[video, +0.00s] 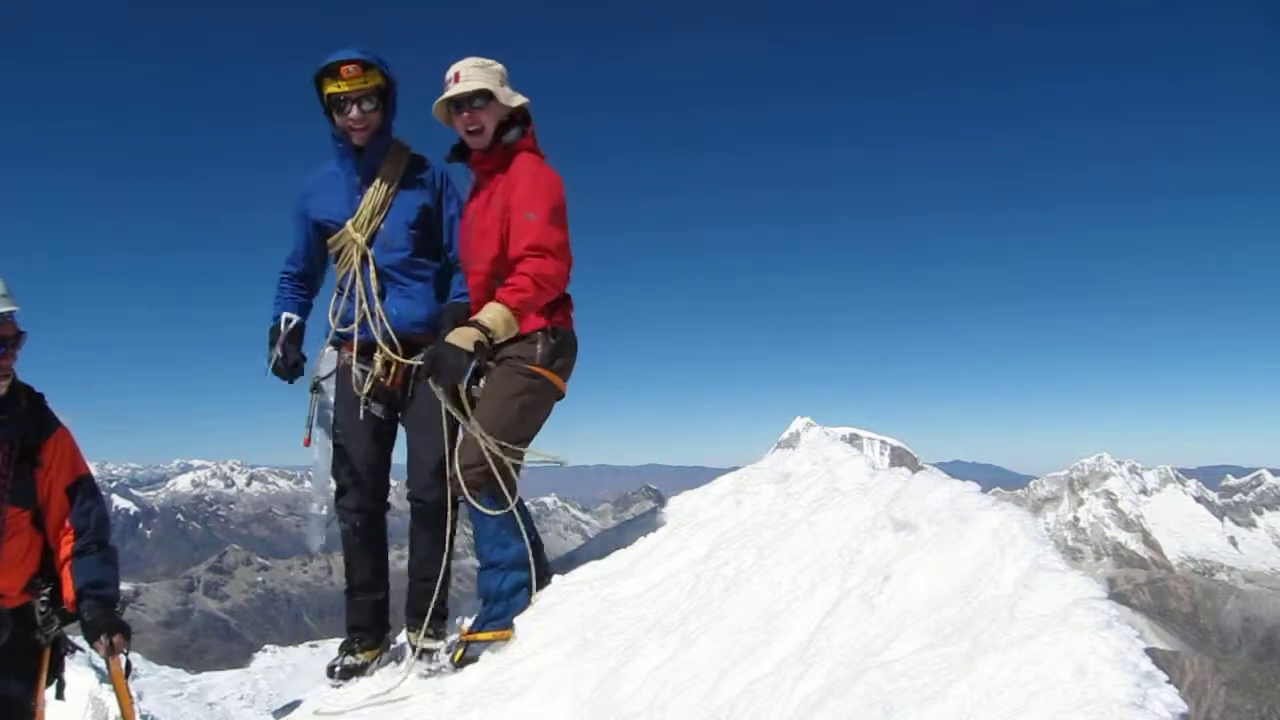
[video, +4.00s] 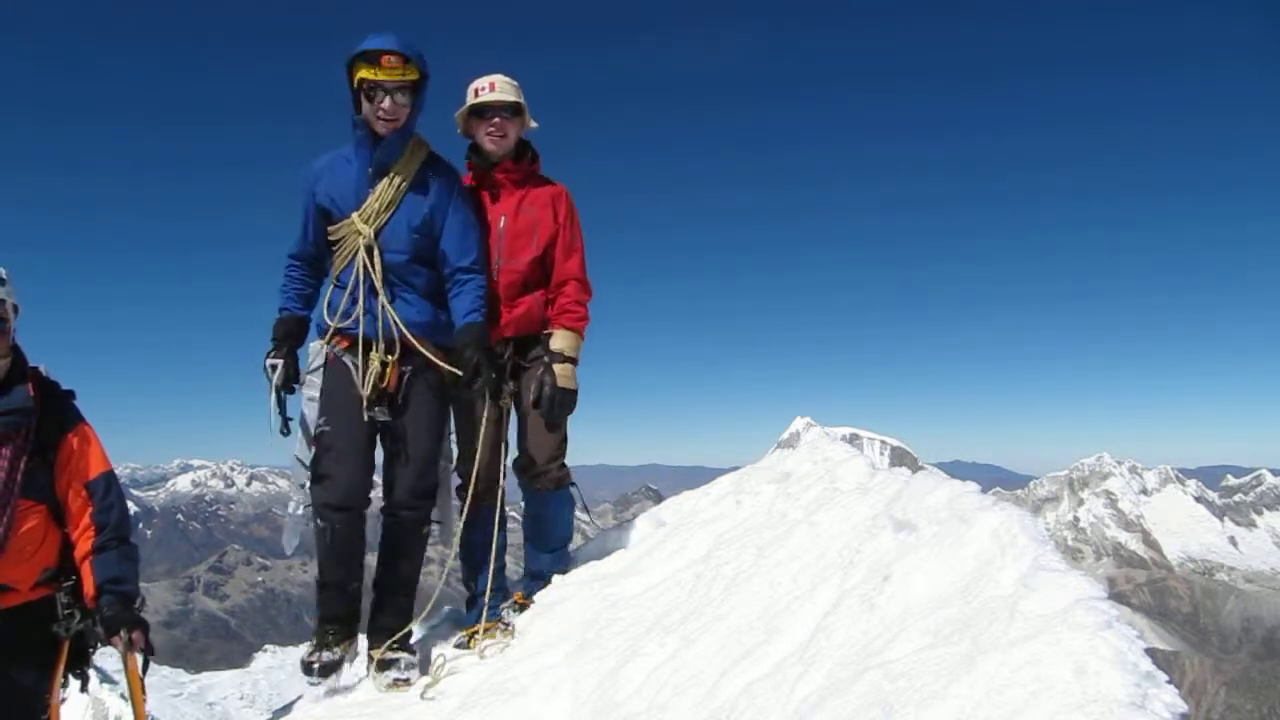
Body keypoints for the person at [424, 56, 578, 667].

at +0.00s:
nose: (471, 116)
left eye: (481, 102)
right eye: (459, 107)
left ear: (507, 106)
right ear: (451, 119)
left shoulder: (531, 174)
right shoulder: (472, 185)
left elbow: (544, 268)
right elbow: (458, 269)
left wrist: (483, 327)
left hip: (535, 337)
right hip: (493, 339)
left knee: (480, 462)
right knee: (473, 461)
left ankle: (505, 604)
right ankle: (529, 578)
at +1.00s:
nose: (459, 129)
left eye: (468, 117)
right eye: (447, 122)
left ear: (487, 120)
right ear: (437, 133)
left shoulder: (521, 179)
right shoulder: (451, 199)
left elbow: (572, 260)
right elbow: (444, 280)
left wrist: (553, 327)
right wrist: (439, 351)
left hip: (517, 342)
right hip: (464, 352)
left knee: (498, 466)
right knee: (463, 473)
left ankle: (507, 597)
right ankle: (487, 594)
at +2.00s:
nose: (475, 120)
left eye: (484, 108)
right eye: (463, 112)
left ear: (504, 114)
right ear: (450, 123)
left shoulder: (539, 186)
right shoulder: (441, 195)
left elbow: (575, 262)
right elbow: (432, 279)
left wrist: (558, 289)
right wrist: (426, 342)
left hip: (531, 336)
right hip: (467, 345)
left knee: (527, 449)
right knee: (473, 471)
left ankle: (544, 569)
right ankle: (492, 608)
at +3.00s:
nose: (484, 120)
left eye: (493, 110)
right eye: (472, 112)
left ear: (512, 118)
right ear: (458, 124)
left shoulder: (544, 190)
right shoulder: (442, 196)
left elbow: (564, 272)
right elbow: (428, 272)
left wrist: (555, 338)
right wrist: (427, 352)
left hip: (529, 340)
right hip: (464, 345)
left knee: (537, 453)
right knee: (478, 468)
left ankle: (550, 572)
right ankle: (483, 600)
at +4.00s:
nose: (496, 124)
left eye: (506, 115)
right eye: (485, 115)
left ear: (522, 124)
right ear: (470, 127)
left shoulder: (552, 198)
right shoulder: (454, 198)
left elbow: (571, 282)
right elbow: (440, 272)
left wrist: (562, 353)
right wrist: (452, 341)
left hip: (536, 348)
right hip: (473, 347)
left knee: (543, 463)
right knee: (477, 472)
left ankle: (546, 585)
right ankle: (484, 600)